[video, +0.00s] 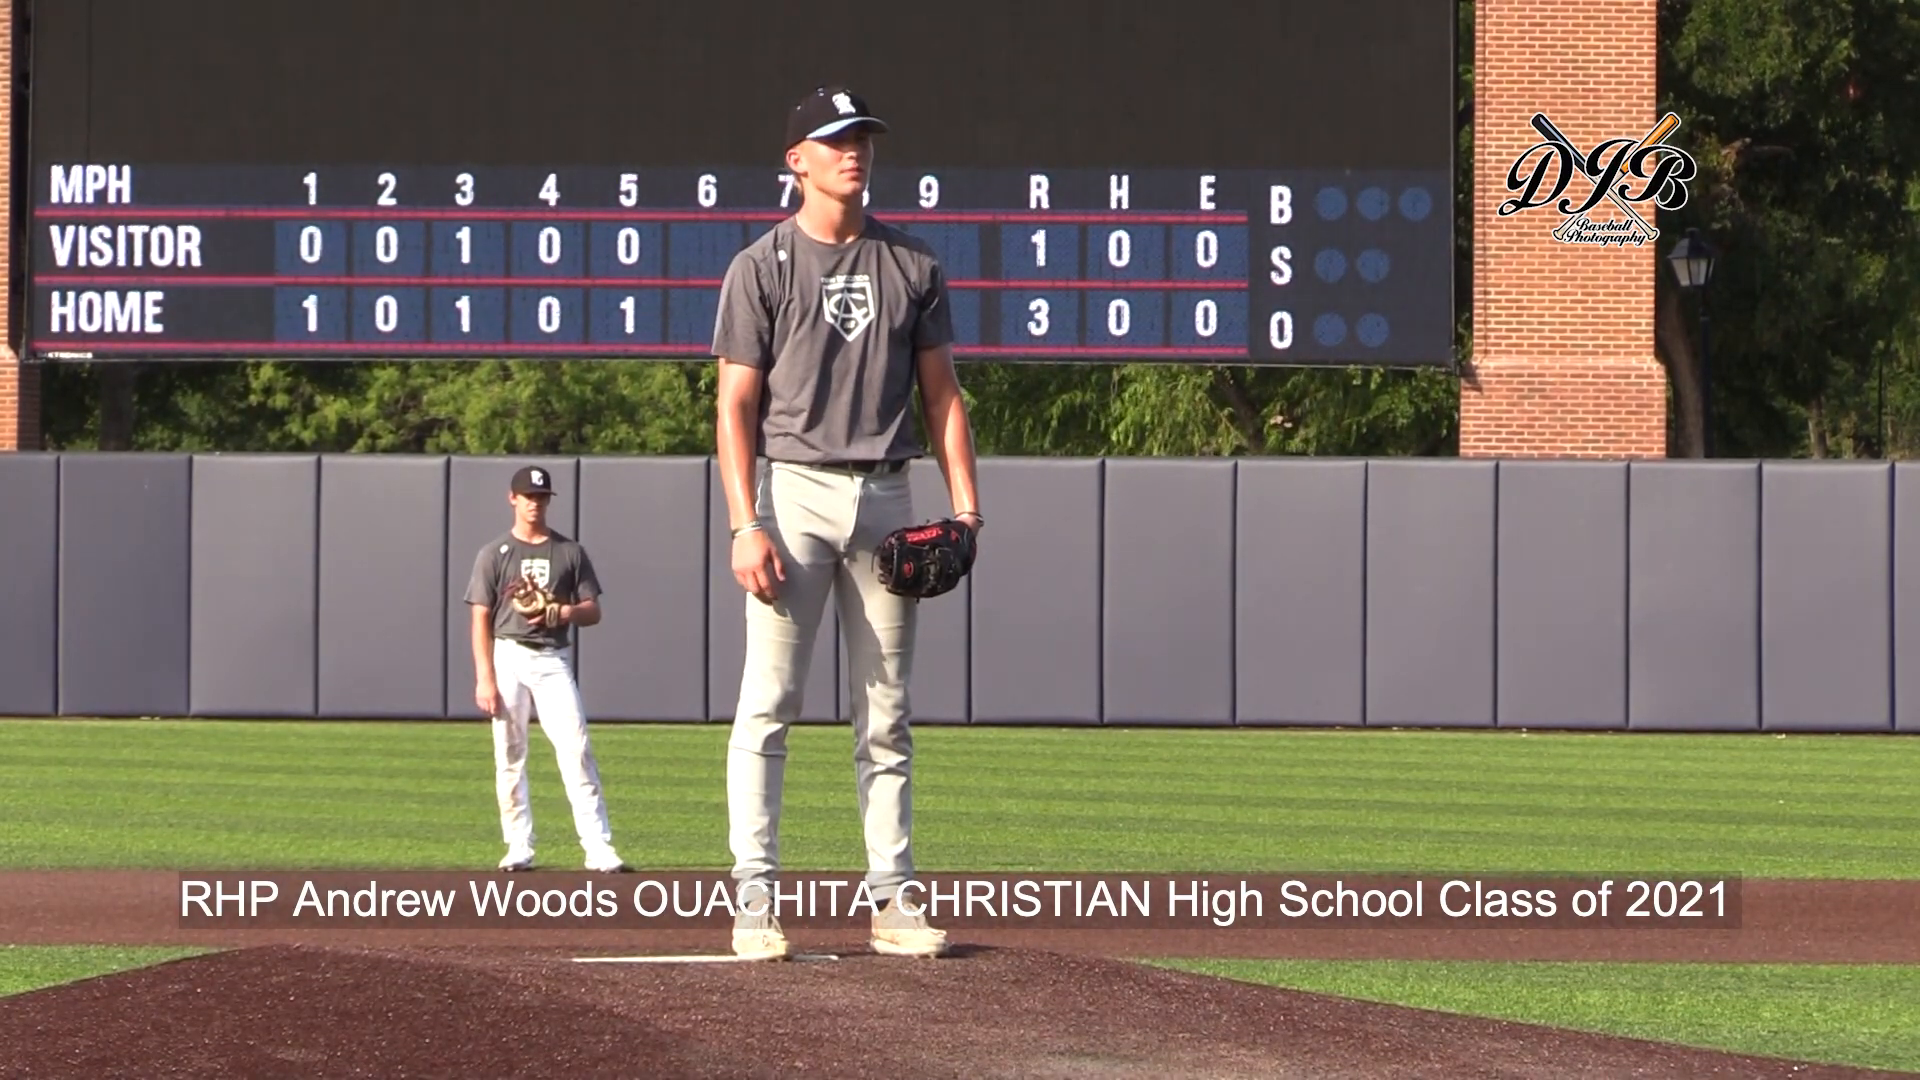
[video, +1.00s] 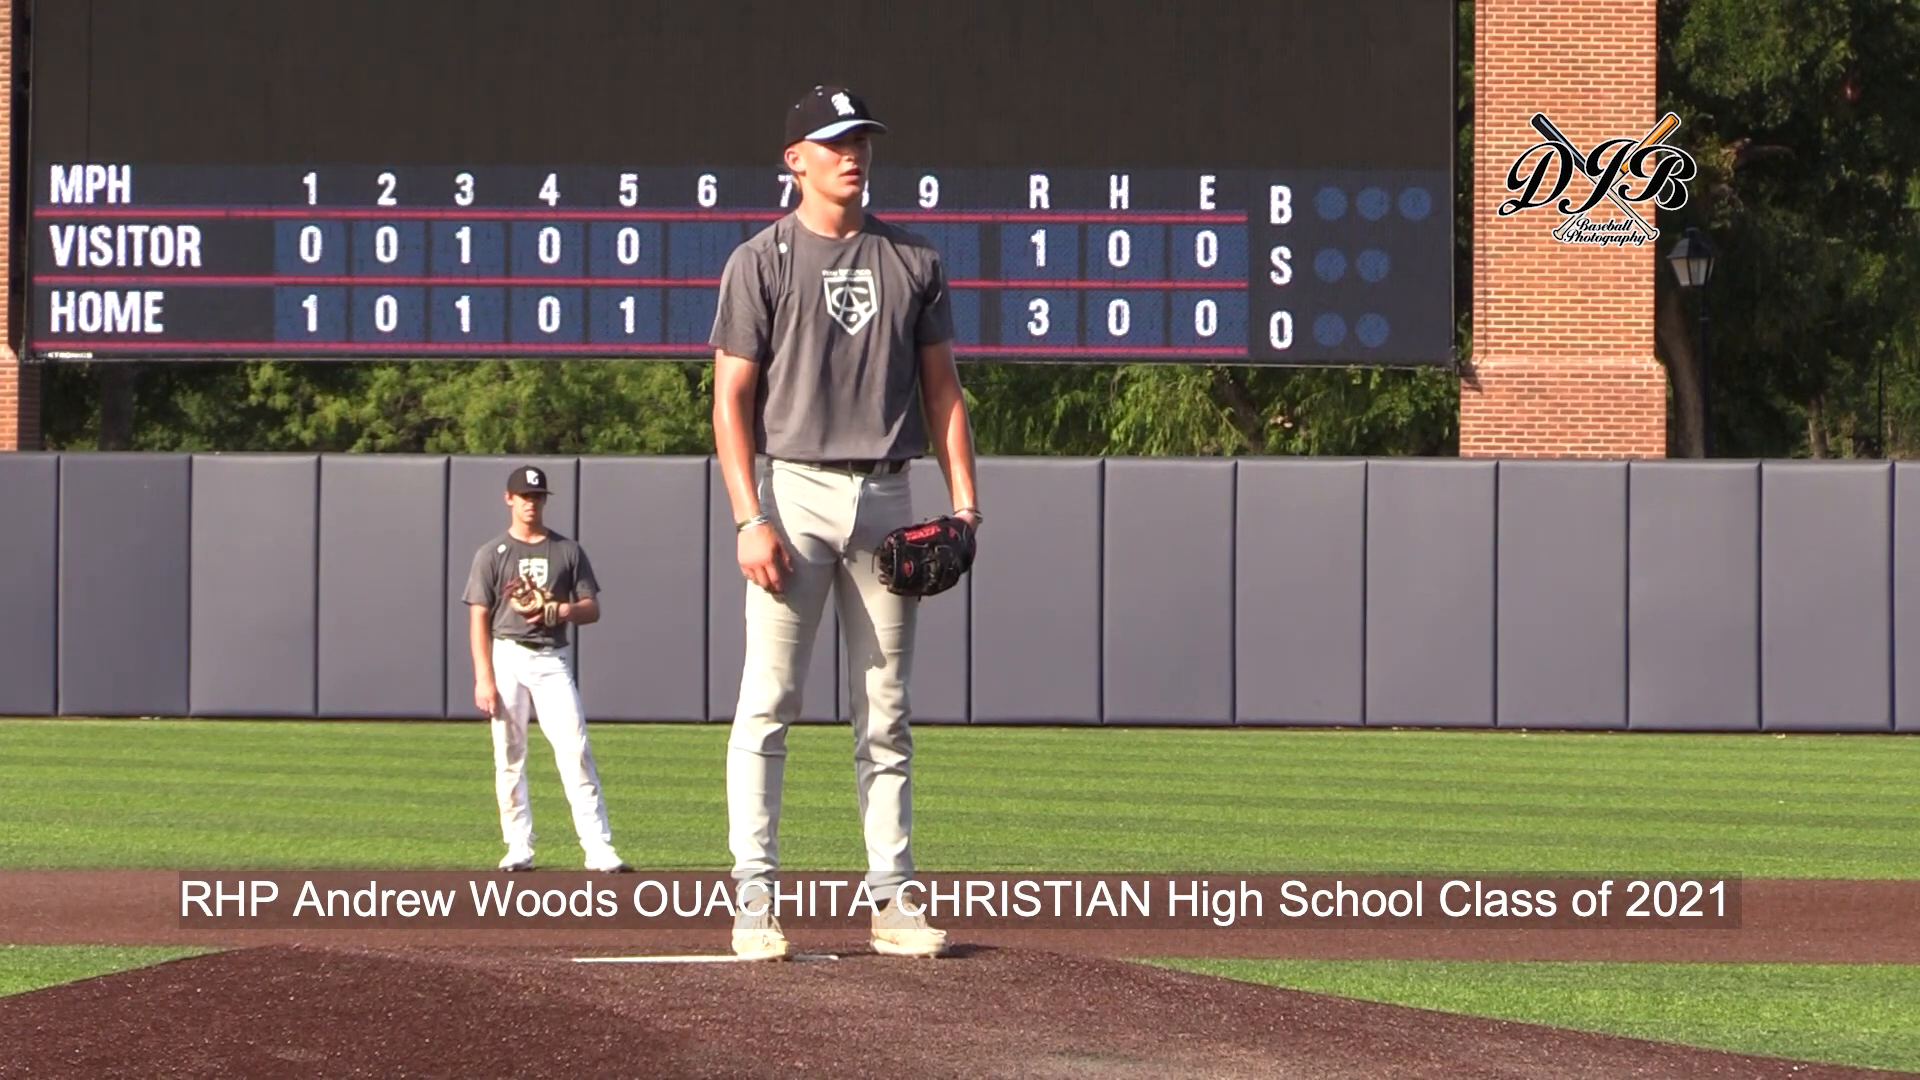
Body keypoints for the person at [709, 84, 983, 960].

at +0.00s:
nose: (853, 157)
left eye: (860, 143)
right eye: (836, 145)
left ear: (871, 157)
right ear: (798, 160)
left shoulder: (913, 268)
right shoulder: (758, 269)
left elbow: (944, 395)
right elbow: (733, 407)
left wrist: (965, 509)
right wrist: (744, 523)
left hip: (888, 496)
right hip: (792, 493)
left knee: (887, 712)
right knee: (769, 704)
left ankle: (893, 897)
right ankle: (756, 895)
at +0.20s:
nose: (853, 157)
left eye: (861, 143)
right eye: (836, 145)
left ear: (871, 157)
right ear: (798, 160)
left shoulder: (912, 267)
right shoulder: (759, 269)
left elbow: (944, 395)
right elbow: (733, 408)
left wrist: (965, 510)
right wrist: (745, 524)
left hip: (888, 496)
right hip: (792, 493)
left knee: (887, 711)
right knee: (769, 704)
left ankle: (893, 897)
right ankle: (755, 895)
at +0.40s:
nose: (853, 159)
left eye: (861, 145)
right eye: (836, 146)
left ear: (872, 158)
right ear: (798, 160)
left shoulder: (912, 267)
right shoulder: (759, 269)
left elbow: (943, 394)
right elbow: (733, 408)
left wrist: (966, 509)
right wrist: (745, 524)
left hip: (888, 496)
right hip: (792, 493)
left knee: (887, 711)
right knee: (769, 704)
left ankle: (893, 897)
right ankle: (755, 895)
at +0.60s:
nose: (853, 159)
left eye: (861, 146)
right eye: (836, 147)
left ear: (871, 159)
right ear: (798, 161)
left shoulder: (912, 267)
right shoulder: (759, 268)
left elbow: (944, 394)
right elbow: (733, 408)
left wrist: (965, 509)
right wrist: (745, 525)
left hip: (888, 497)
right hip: (792, 493)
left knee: (887, 712)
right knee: (769, 704)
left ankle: (893, 897)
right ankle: (755, 896)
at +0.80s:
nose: (853, 159)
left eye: (861, 145)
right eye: (837, 147)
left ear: (871, 158)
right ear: (798, 160)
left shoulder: (912, 266)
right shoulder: (759, 266)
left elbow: (943, 391)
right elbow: (732, 405)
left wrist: (965, 504)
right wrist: (745, 523)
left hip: (888, 496)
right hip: (792, 492)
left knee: (887, 711)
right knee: (769, 703)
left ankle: (893, 898)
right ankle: (756, 895)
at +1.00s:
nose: (852, 158)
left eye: (860, 145)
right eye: (835, 146)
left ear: (870, 156)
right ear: (797, 159)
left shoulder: (913, 263)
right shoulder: (760, 261)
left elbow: (943, 390)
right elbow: (730, 400)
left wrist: (964, 502)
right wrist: (750, 519)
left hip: (889, 497)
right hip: (792, 493)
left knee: (886, 711)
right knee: (769, 704)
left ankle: (892, 899)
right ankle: (755, 894)